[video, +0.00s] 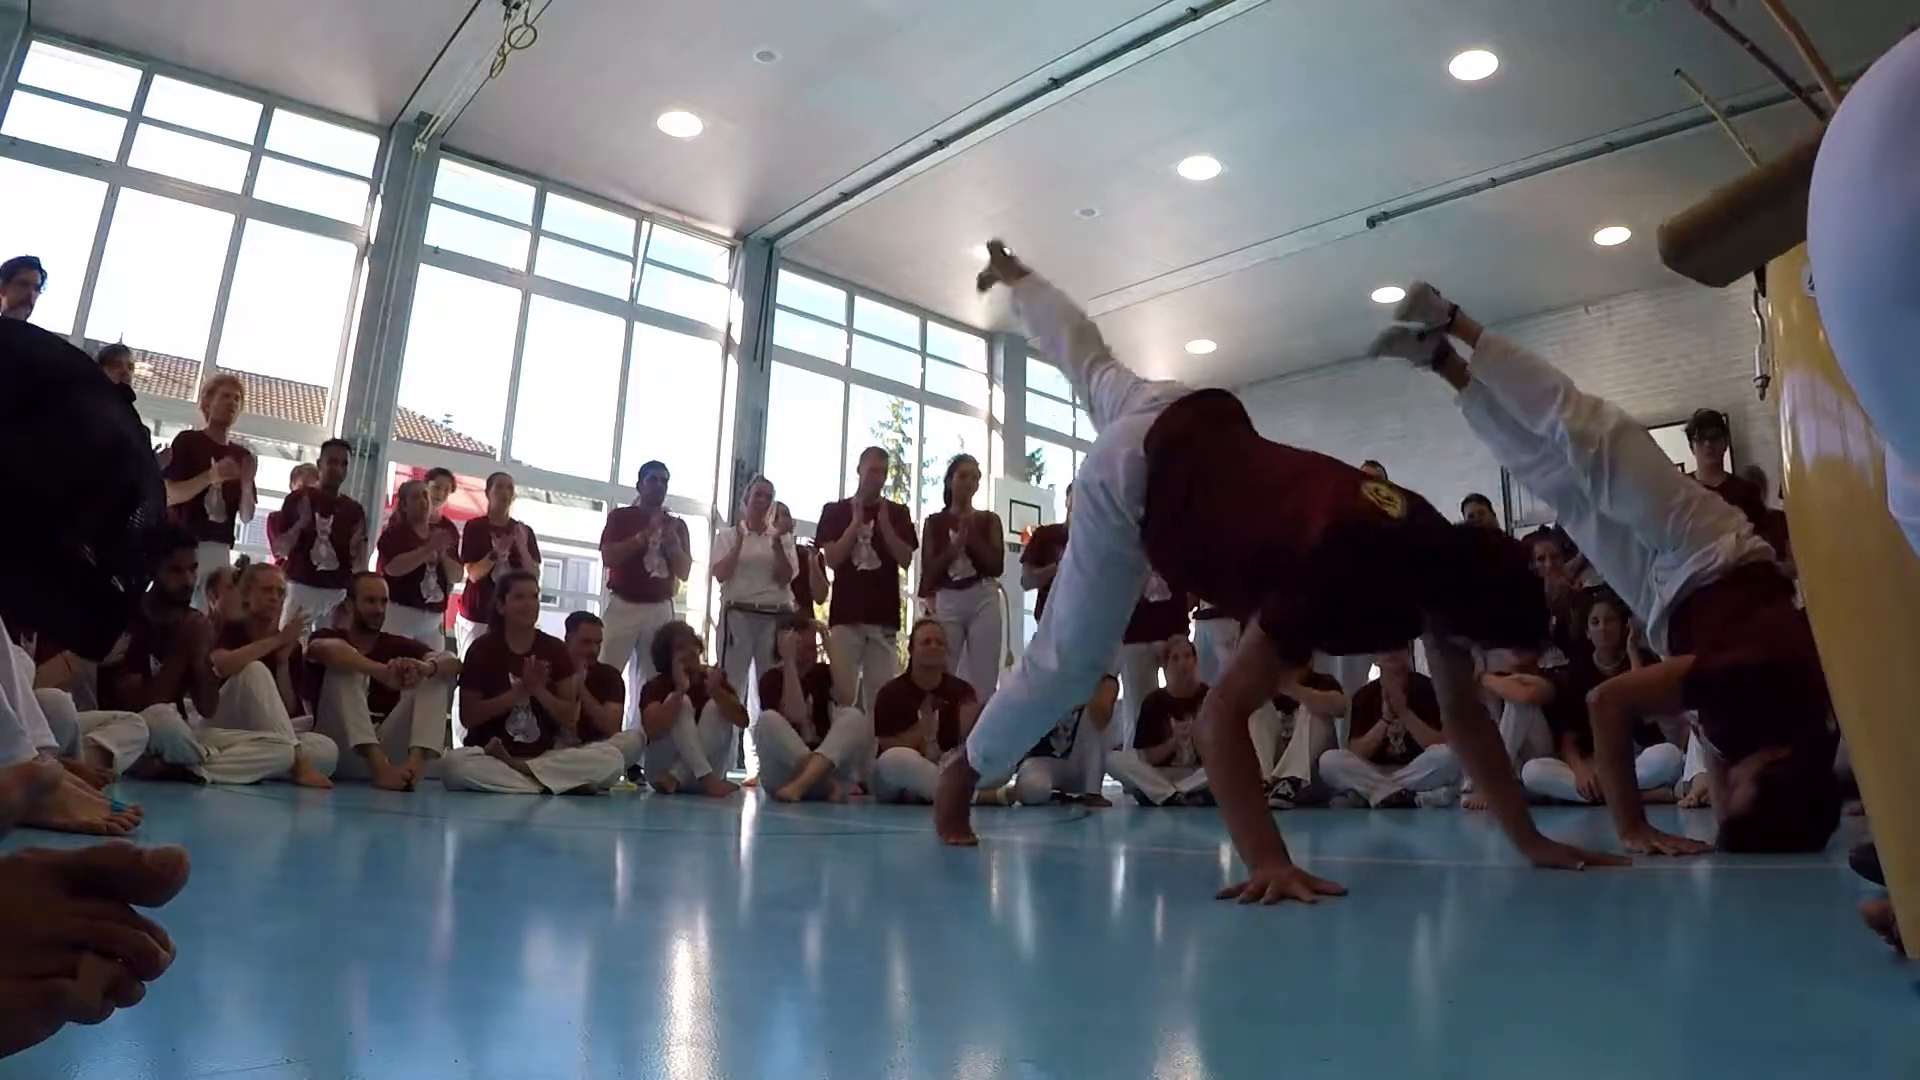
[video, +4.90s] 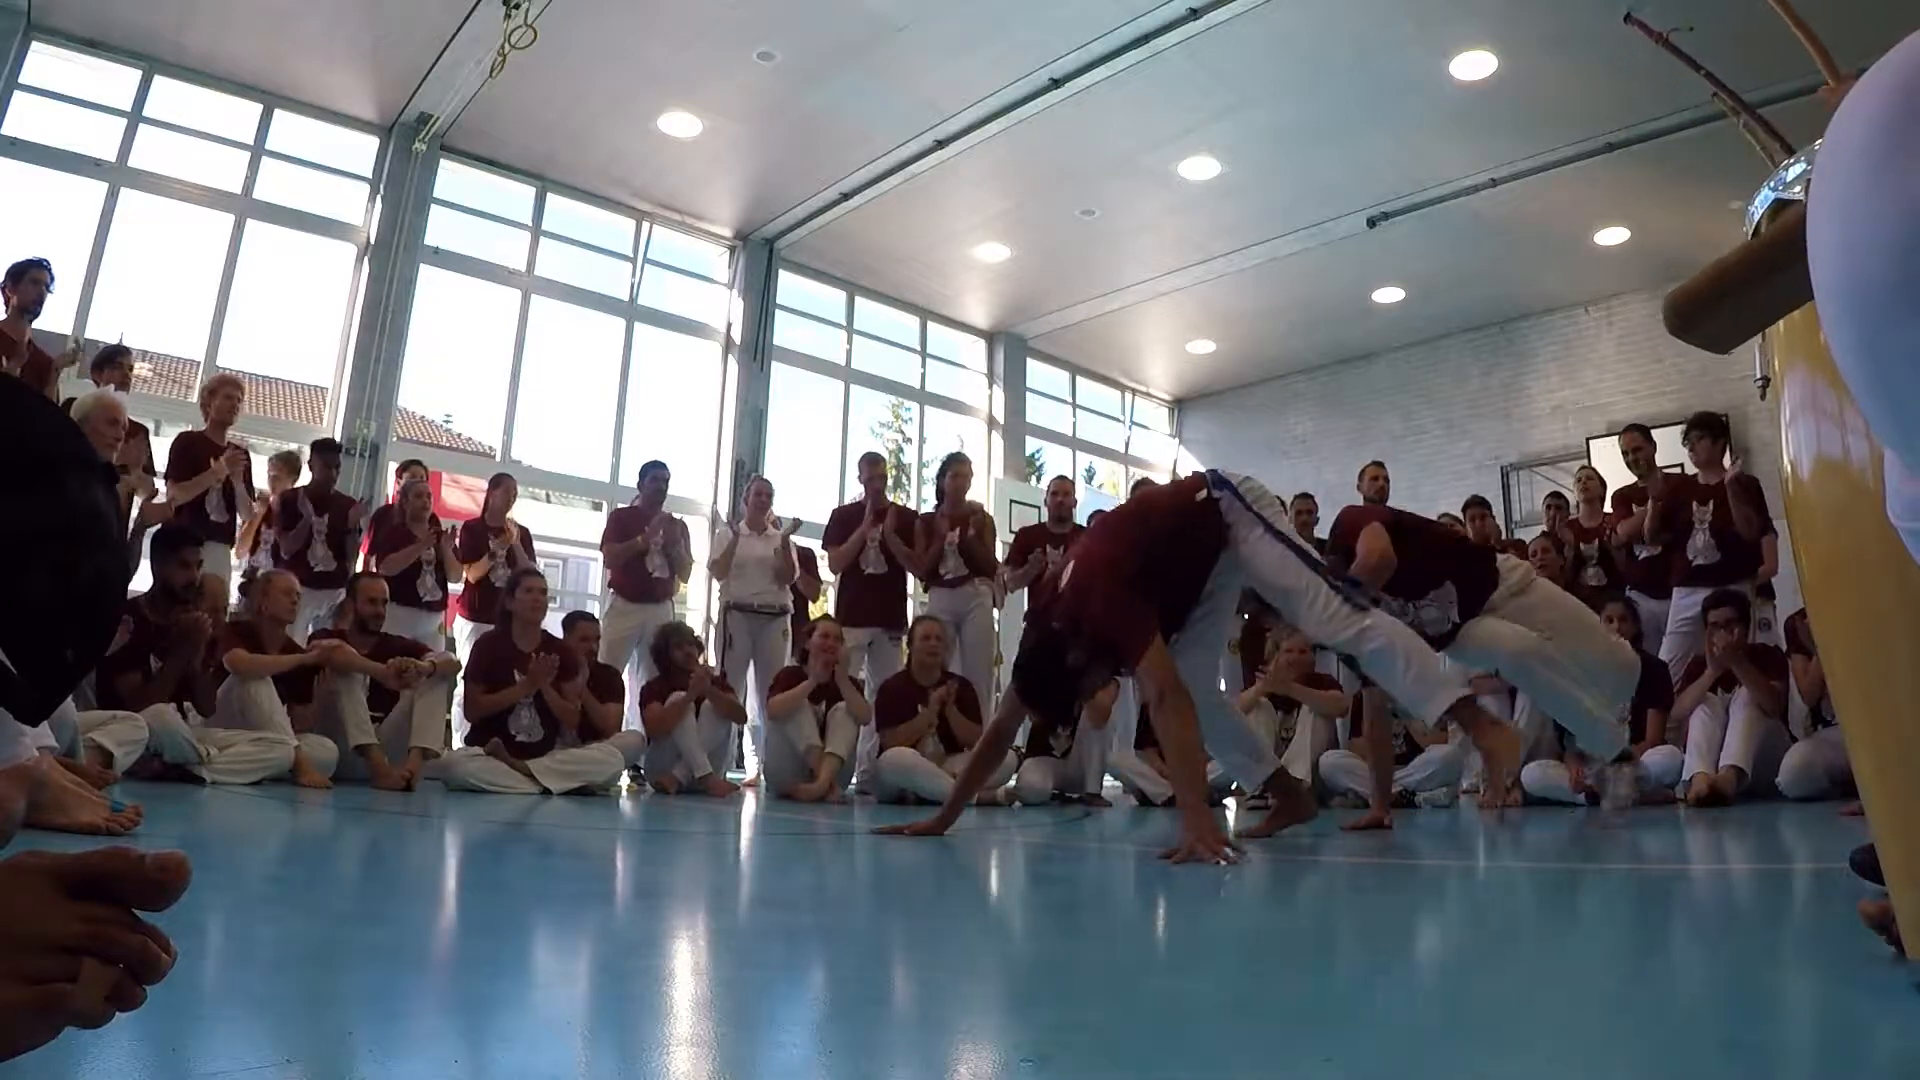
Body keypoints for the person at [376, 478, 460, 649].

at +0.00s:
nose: (424, 502)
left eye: (426, 496)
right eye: (417, 497)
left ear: (431, 500)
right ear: (403, 504)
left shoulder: (440, 534)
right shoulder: (392, 535)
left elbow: (457, 577)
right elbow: (392, 569)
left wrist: (443, 554)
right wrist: (430, 548)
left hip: (434, 615)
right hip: (400, 612)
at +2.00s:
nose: (425, 501)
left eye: (429, 497)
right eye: (419, 496)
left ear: (433, 502)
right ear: (406, 502)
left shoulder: (440, 536)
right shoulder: (394, 532)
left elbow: (458, 575)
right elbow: (392, 569)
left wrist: (441, 556)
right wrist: (428, 549)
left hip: (434, 614)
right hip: (400, 610)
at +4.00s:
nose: (428, 501)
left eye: (430, 497)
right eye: (421, 496)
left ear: (434, 502)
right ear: (406, 502)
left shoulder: (441, 537)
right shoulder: (395, 532)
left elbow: (457, 577)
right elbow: (389, 567)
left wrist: (445, 553)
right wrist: (425, 549)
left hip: (434, 614)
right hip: (402, 611)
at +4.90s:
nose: (426, 501)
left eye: (429, 496)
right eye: (419, 496)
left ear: (433, 501)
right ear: (404, 502)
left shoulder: (440, 536)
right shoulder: (394, 533)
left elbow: (455, 577)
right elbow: (385, 569)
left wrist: (447, 548)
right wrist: (421, 546)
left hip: (433, 614)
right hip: (399, 611)